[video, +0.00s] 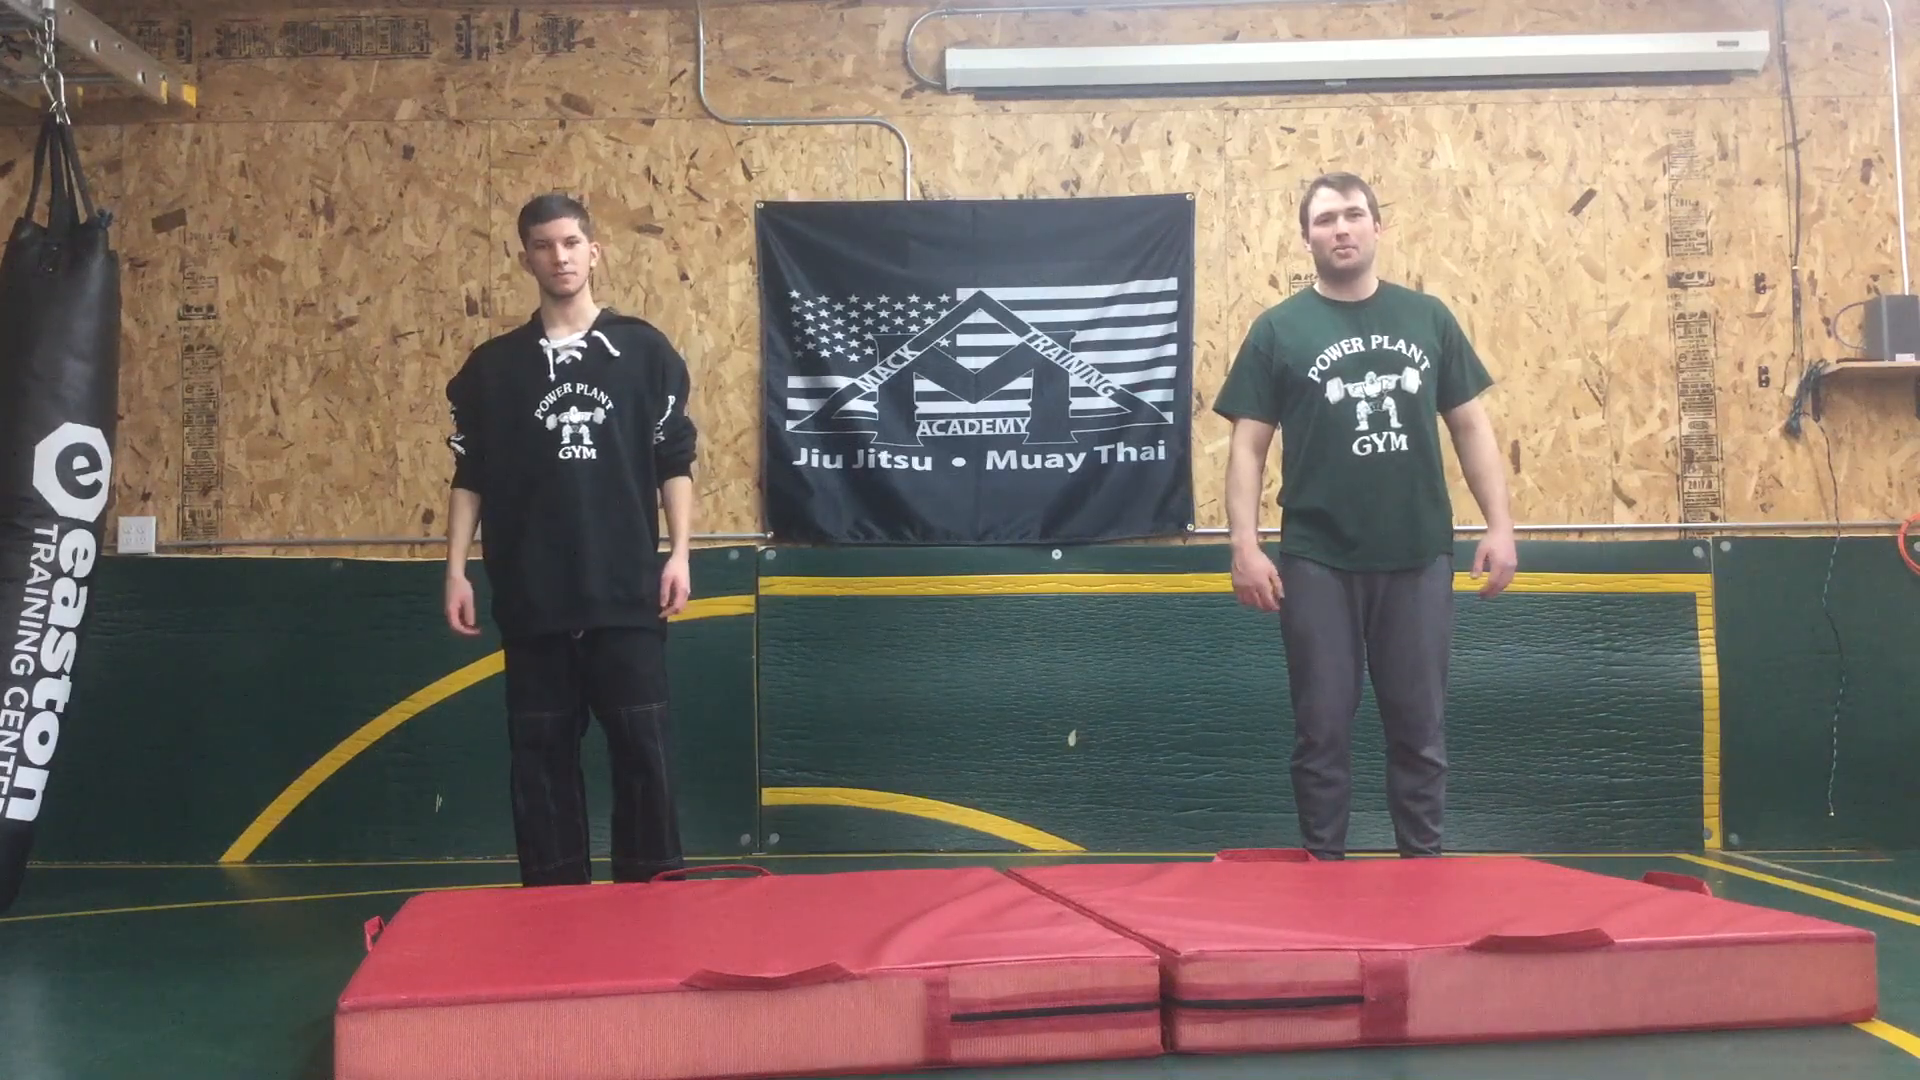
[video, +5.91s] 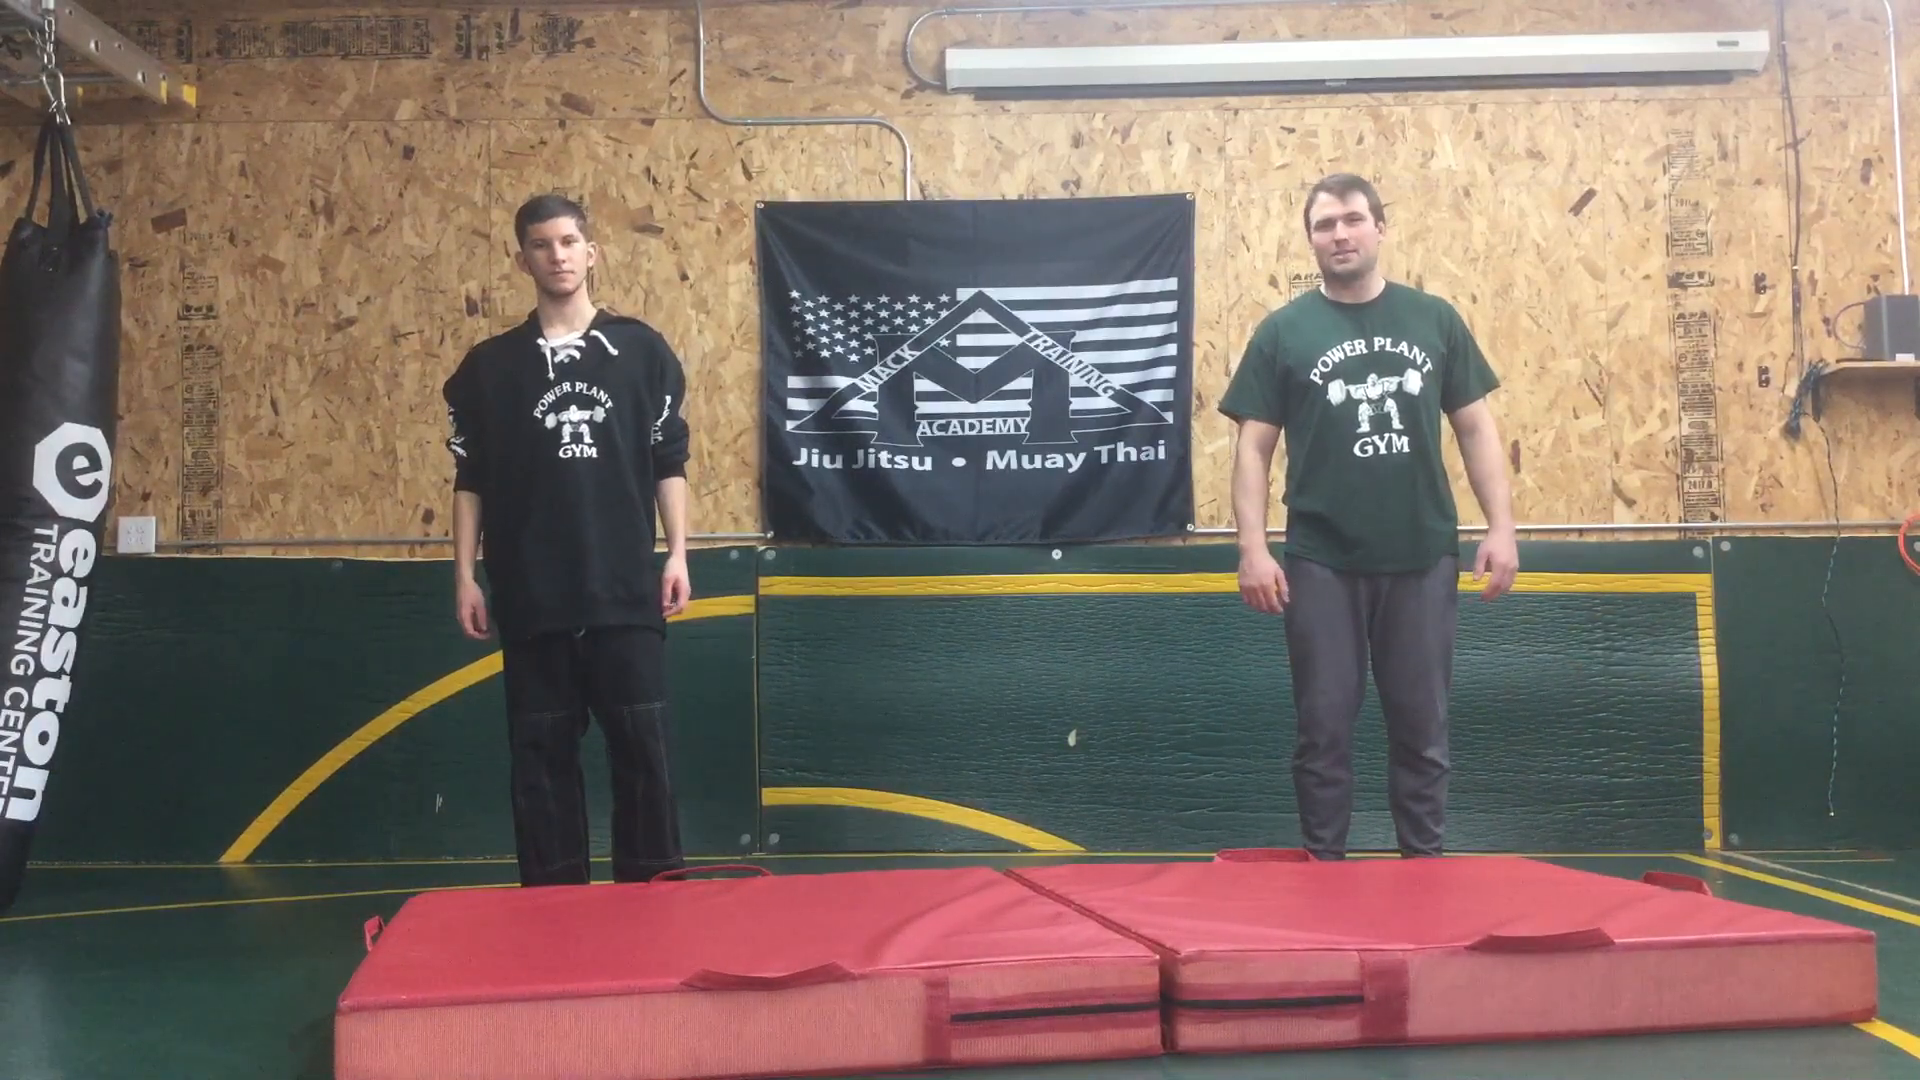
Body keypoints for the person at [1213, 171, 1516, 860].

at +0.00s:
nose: (1342, 228)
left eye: (1353, 215)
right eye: (1326, 220)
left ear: (1377, 228)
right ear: (1307, 239)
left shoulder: (1427, 317)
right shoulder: (1278, 330)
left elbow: (1469, 425)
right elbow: (1248, 445)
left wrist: (1500, 525)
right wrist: (1244, 546)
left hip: (1417, 554)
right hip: (1317, 557)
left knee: (1419, 726)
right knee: (1323, 725)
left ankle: (1423, 869)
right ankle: (1324, 872)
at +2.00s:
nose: (1328, 243)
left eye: (1340, 226)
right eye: (1312, 233)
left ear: (1370, 230)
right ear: (1299, 246)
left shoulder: (1428, 317)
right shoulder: (1276, 334)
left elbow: (1474, 416)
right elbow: (1246, 443)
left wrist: (1501, 500)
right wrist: (1255, 523)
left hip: (1418, 559)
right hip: (1318, 561)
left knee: (1419, 728)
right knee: (1322, 727)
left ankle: (1423, 869)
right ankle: (1323, 871)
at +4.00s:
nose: (1348, 236)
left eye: (1361, 223)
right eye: (1333, 225)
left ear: (1384, 232)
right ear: (1313, 237)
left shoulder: (1431, 321)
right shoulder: (1281, 331)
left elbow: (1471, 429)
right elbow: (1244, 442)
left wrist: (1498, 528)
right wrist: (1267, 533)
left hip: (1418, 554)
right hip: (1318, 556)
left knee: (1420, 726)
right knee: (1323, 726)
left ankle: (1423, 869)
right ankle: (1323, 869)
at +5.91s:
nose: (1340, 234)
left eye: (1352, 220)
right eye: (1325, 225)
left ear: (1380, 230)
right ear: (1309, 241)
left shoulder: (1434, 320)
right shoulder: (1283, 332)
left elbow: (1474, 426)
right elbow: (1253, 448)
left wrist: (1501, 526)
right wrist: (1253, 548)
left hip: (1421, 554)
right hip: (1321, 557)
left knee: (1421, 725)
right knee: (1324, 724)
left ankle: (1424, 867)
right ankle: (1323, 869)